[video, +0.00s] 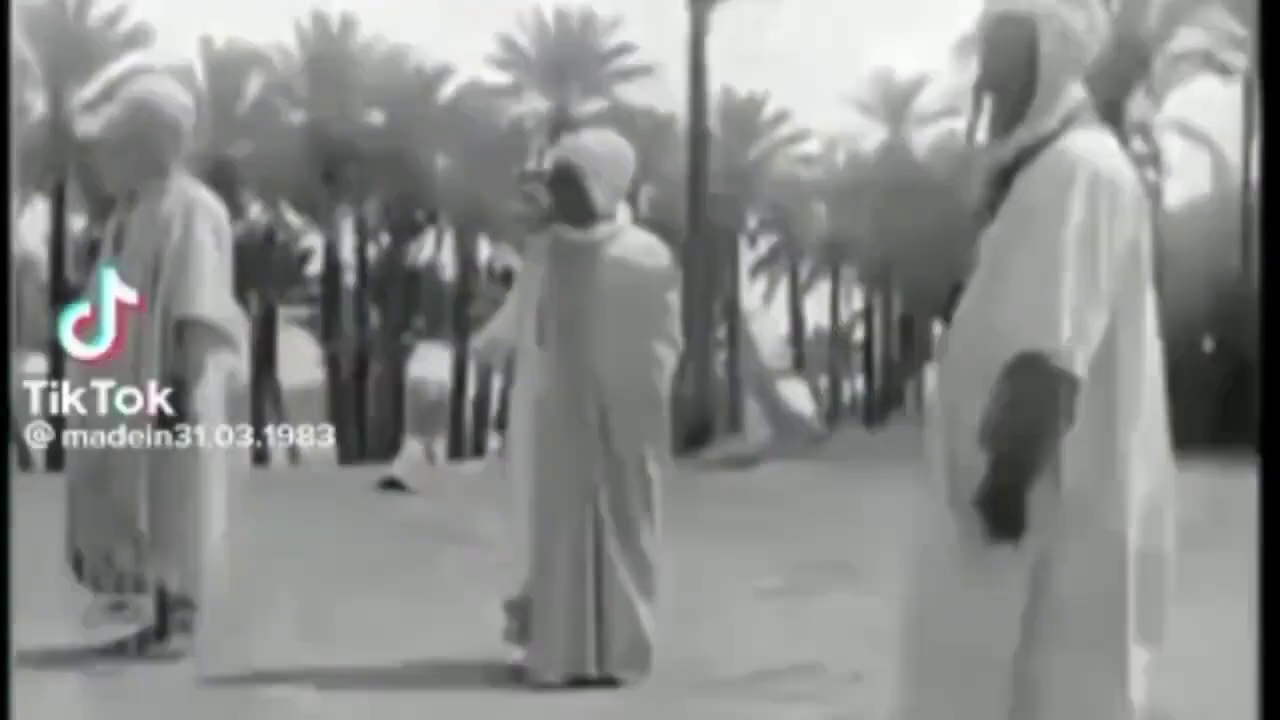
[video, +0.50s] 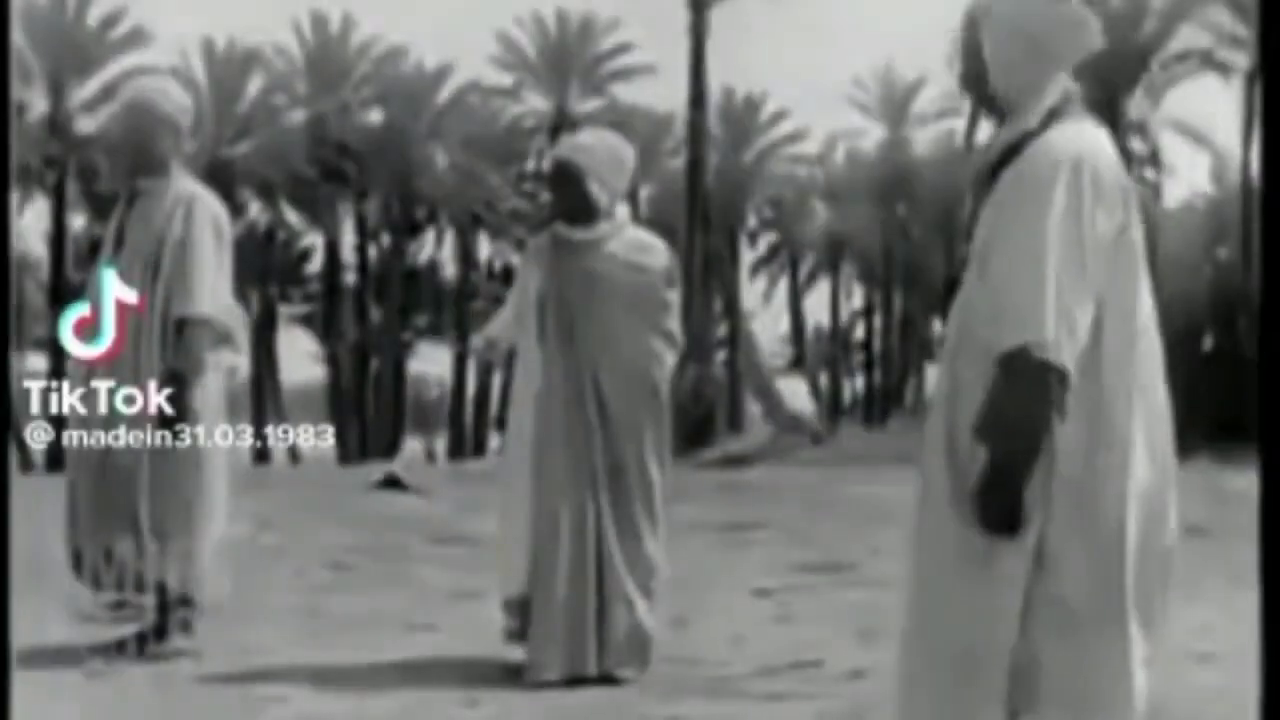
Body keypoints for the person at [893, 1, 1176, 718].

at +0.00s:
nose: (983, 64)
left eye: (999, 42)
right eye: (985, 44)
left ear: (1046, 51)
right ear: (1051, 56)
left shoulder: (1075, 168)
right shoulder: (1052, 162)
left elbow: (1052, 346)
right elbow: (1045, 336)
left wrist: (1005, 481)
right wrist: (1004, 468)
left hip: (1059, 510)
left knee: (1040, 681)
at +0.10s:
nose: (984, 73)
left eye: (999, 53)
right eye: (984, 54)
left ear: (1047, 57)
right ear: (1041, 62)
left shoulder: (1075, 168)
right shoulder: (1048, 161)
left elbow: (1054, 345)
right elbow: (1045, 334)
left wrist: (1005, 479)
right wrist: (1001, 464)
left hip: (1060, 505)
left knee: (1042, 681)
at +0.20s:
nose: (987, 72)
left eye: (1004, 53)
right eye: (986, 53)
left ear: (1050, 56)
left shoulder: (1074, 168)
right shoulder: (1051, 161)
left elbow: (1053, 348)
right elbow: (1047, 337)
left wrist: (1005, 480)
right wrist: (1002, 466)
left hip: (1056, 514)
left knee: (1035, 683)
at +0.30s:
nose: (984, 73)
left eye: (999, 54)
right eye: (985, 54)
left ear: (1044, 56)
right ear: (1046, 60)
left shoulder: (1076, 168)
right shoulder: (1054, 161)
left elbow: (1053, 343)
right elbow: (1048, 333)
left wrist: (1005, 476)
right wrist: (1002, 461)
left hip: (1058, 501)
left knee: (1039, 680)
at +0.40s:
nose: (982, 71)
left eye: (996, 51)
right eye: (981, 52)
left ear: (1042, 53)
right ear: (1046, 58)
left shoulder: (1071, 165)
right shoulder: (1048, 157)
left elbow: (1051, 339)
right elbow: (1045, 330)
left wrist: (1004, 474)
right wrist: (1000, 457)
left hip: (1058, 488)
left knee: (1040, 674)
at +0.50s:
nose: (966, 69)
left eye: (975, 48)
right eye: (969, 49)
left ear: (1011, 51)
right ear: (1037, 51)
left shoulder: (1059, 159)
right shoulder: (1049, 148)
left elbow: (1043, 331)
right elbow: (1041, 323)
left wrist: (1005, 467)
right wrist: (1004, 454)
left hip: (1055, 481)